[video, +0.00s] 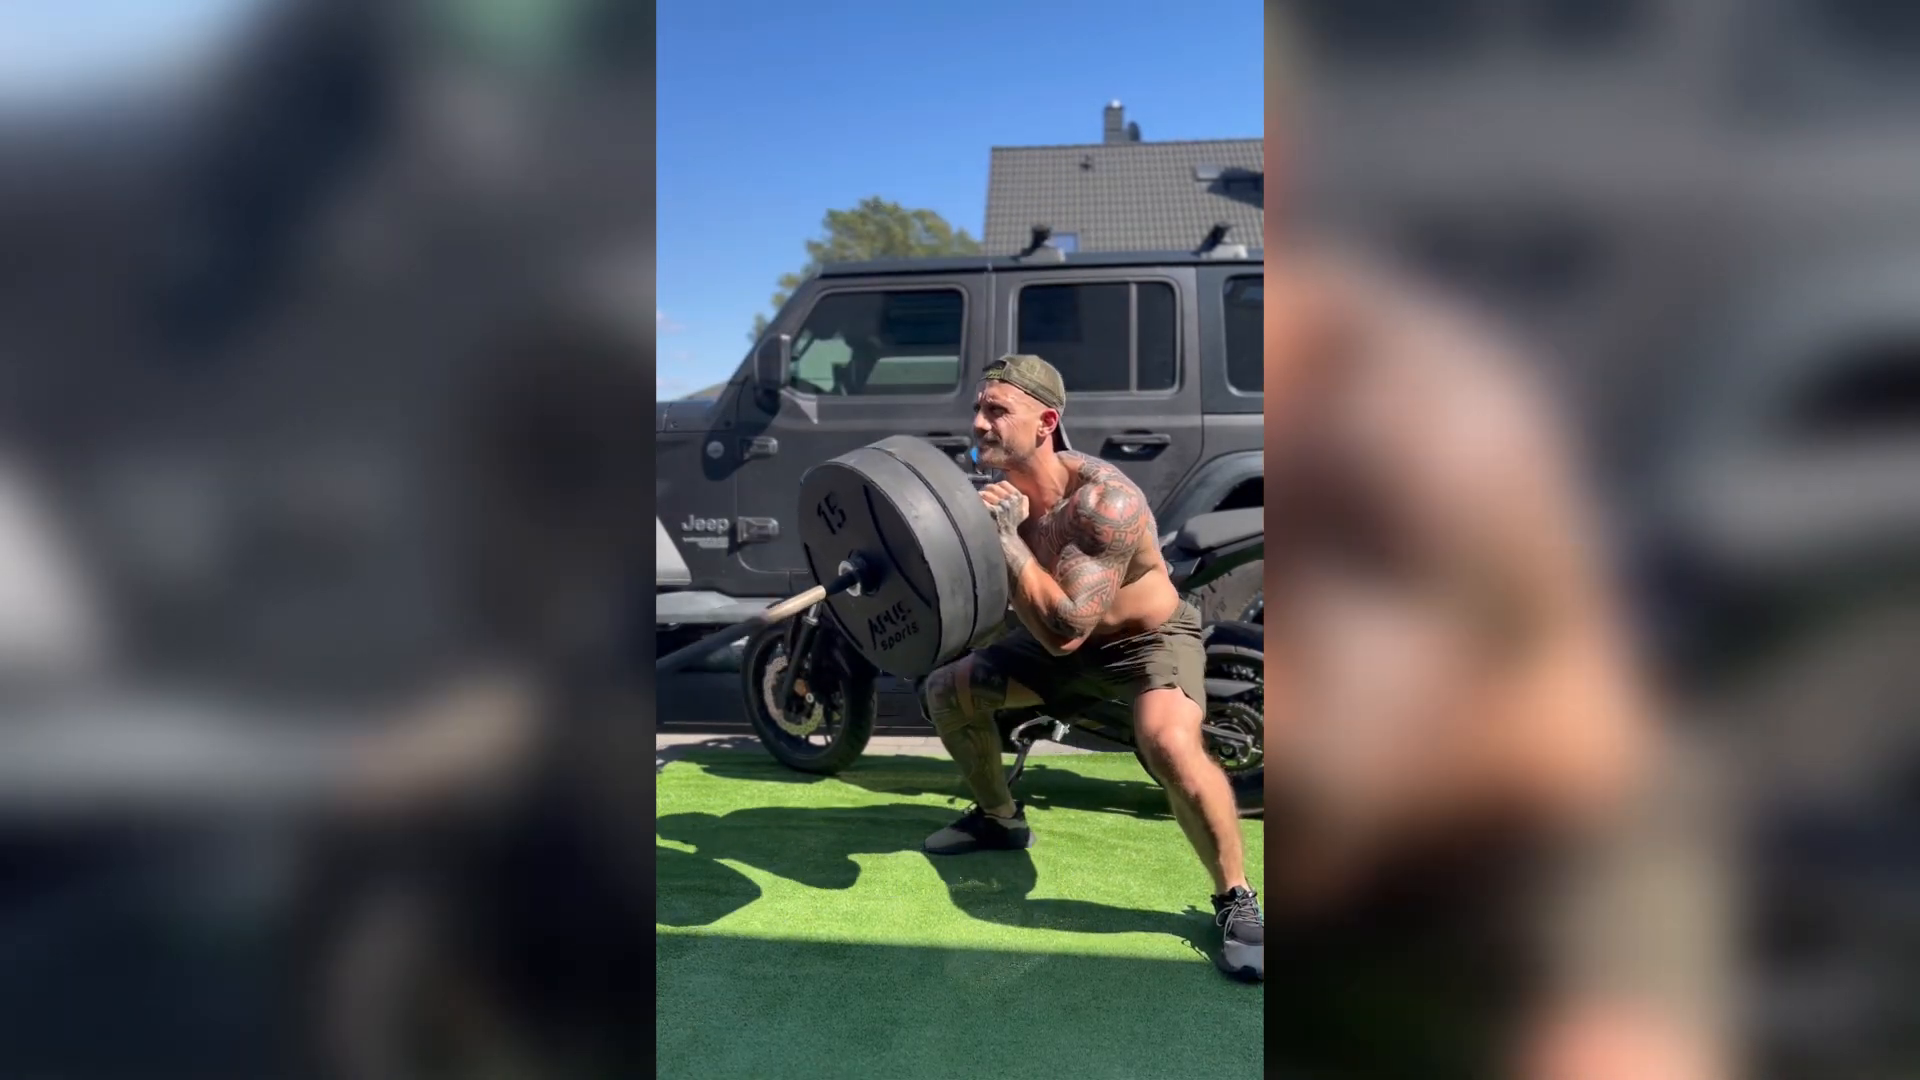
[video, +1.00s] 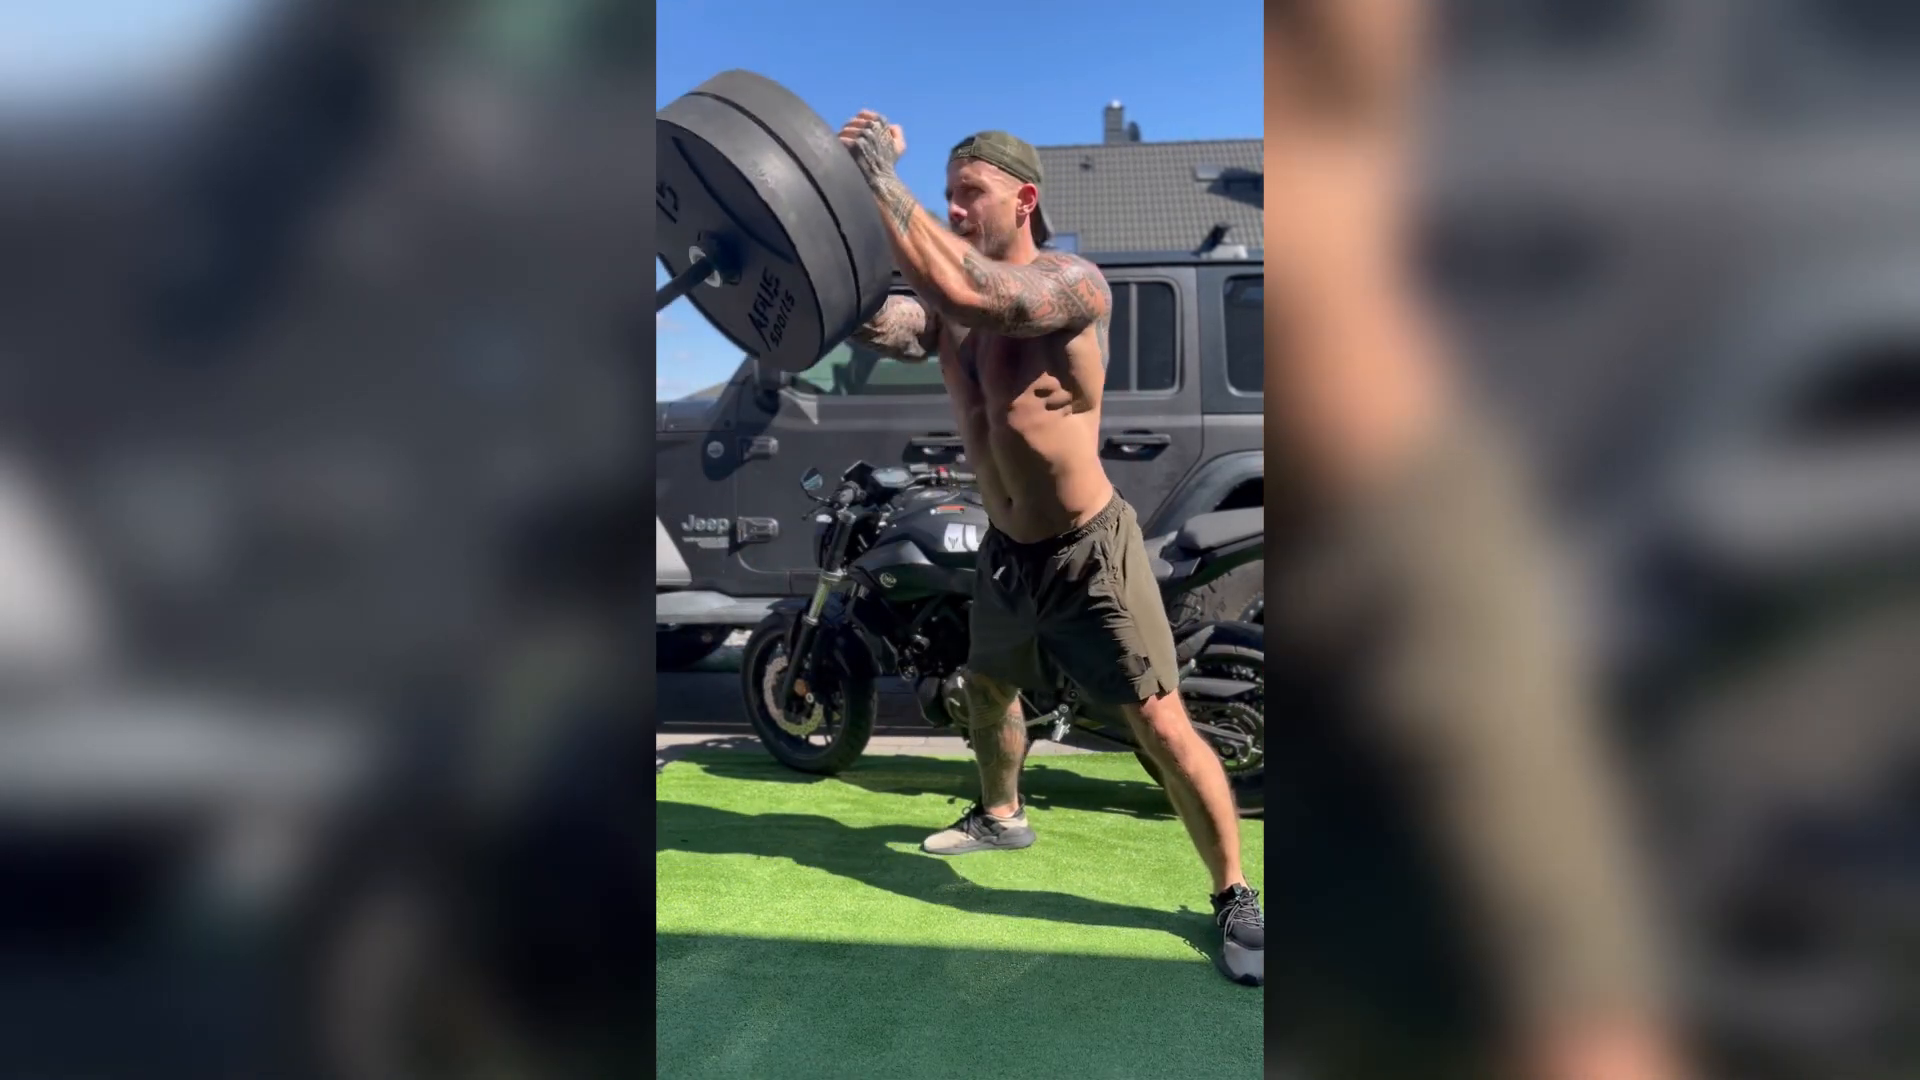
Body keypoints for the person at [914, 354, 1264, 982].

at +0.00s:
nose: (980, 424)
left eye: (997, 411)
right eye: (978, 410)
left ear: (1046, 423)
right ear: (981, 420)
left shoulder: (1109, 501)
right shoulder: (986, 497)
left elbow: (1066, 632)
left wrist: (1004, 538)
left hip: (1154, 638)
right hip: (1065, 640)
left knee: (1167, 740)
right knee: (949, 693)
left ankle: (1236, 897)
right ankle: (999, 820)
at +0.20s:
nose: (963, 306)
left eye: (982, 293)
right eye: (962, 293)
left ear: (1033, 307)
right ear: (967, 309)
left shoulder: (1091, 391)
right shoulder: (975, 393)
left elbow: (1041, 512)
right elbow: (949, 502)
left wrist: (977, 424)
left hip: (1129, 583)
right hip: (1043, 586)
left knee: (1167, 735)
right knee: (950, 692)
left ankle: (1237, 899)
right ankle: (1000, 817)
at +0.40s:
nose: (956, 212)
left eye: (971, 194)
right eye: (951, 197)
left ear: (1023, 197)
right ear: (957, 208)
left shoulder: (1074, 288)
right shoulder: (954, 301)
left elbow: (981, 341)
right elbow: (897, 370)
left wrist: (910, 246)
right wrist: (825, 299)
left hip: (1078, 534)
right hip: (994, 540)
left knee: (1148, 716)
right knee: (982, 687)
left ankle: (1234, 893)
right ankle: (1000, 815)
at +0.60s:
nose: (911, 219)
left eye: (925, 203)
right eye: (906, 206)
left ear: (968, 204)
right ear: (912, 215)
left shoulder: (1025, 269)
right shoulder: (903, 289)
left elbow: (919, 203)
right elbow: (816, 227)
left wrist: (820, 76)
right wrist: (752, 104)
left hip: (1079, 540)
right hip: (997, 548)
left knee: (1151, 720)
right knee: (992, 693)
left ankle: (1232, 892)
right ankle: (1002, 815)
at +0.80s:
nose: (898, 241)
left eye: (913, 221)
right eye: (895, 224)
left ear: (956, 226)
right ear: (900, 233)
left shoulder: (1006, 296)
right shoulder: (896, 315)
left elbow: (900, 204)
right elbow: (815, 221)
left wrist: (811, 59)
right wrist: (760, 83)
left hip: (1099, 543)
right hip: (1016, 558)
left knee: (1163, 721)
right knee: (1001, 695)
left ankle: (1234, 893)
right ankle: (1002, 814)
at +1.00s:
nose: (956, 208)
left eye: (972, 193)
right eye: (949, 196)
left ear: (1026, 200)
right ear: (950, 208)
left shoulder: (1076, 281)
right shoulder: (949, 302)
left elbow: (973, 291)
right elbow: (880, 324)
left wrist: (886, 186)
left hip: (1091, 545)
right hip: (1006, 551)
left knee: (1160, 725)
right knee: (989, 691)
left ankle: (1235, 896)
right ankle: (1000, 817)